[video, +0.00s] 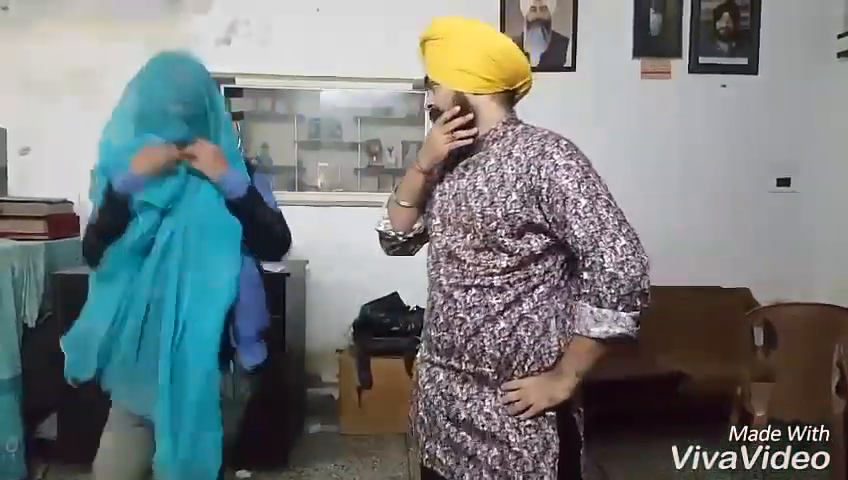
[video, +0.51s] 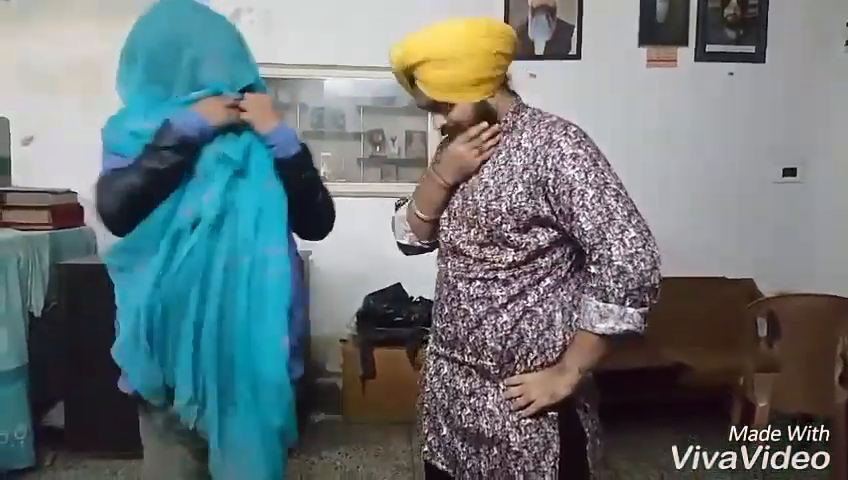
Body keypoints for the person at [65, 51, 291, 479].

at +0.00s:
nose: (175, 137)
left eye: (188, 124)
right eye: (162, 125)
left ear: (208, 117)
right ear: (141, 117)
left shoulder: (234, 175)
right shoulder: (127, 177)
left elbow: (276, 247)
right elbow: (92, 253)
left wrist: (228, 179)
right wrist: (131, 179)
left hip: (221, 370)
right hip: (140, 364)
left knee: (198, 470)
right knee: (113, 470)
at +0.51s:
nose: (215, 100)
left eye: (227, 85)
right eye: (194, 86)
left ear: (243, 76)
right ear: (159, 77)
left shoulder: (260, 139)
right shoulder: (132, 135)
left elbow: (317, 223)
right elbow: (116, 213)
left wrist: (279, 134)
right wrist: (188, 127)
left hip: (259, 367)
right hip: (166, 368)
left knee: (253, 469)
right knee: (170, 468)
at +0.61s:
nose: (240, 86)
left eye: (251, 69)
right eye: (219, 71)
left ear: (262, 61)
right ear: (185, 63)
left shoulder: (283, 129)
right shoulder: (151, 132)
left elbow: (340, 220)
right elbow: (158, 226)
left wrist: (306, 133)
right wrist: (221, 133)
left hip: (285, 356)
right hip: (193, 360)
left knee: (284, 468)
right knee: (190, 468)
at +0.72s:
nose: (265, 114)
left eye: (275, 100)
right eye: (243, 102)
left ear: (287, 90)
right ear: (206, 96)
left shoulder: (306, 155)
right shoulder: (177, 158)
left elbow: (366, 240)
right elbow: (188, 252)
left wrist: (330, 153)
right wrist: (252, 150)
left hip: (316, 401)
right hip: (220, 408)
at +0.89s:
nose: (301, 113)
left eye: (313, 96)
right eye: (280, 99)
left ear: (330, 89)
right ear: (247, 92)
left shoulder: (345, 162)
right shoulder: (220, 158)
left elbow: (392, 263)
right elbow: (206, 261)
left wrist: (365, 160)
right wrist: (275, 170)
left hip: (347, 411)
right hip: (252, 418)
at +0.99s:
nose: (311, 87)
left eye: (327, 66)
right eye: (291, 70)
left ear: (347, 51)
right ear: (264, 56)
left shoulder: (382, 123)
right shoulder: (241, 116)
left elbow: (417, 237)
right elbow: (197, 218)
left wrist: (382, 136)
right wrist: (277, 141)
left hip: (369, 400)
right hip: (261, 399)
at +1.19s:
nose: (353, 49)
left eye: (368, 36)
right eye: (336, 38)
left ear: (396, 35)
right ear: (312, 40)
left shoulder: (442, 117)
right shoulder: (292, 118)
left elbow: (488, 226)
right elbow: (223, 224)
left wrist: (421, 138)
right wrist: (285, 133)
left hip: (412, 377)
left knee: (403, 466)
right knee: (301, 464)